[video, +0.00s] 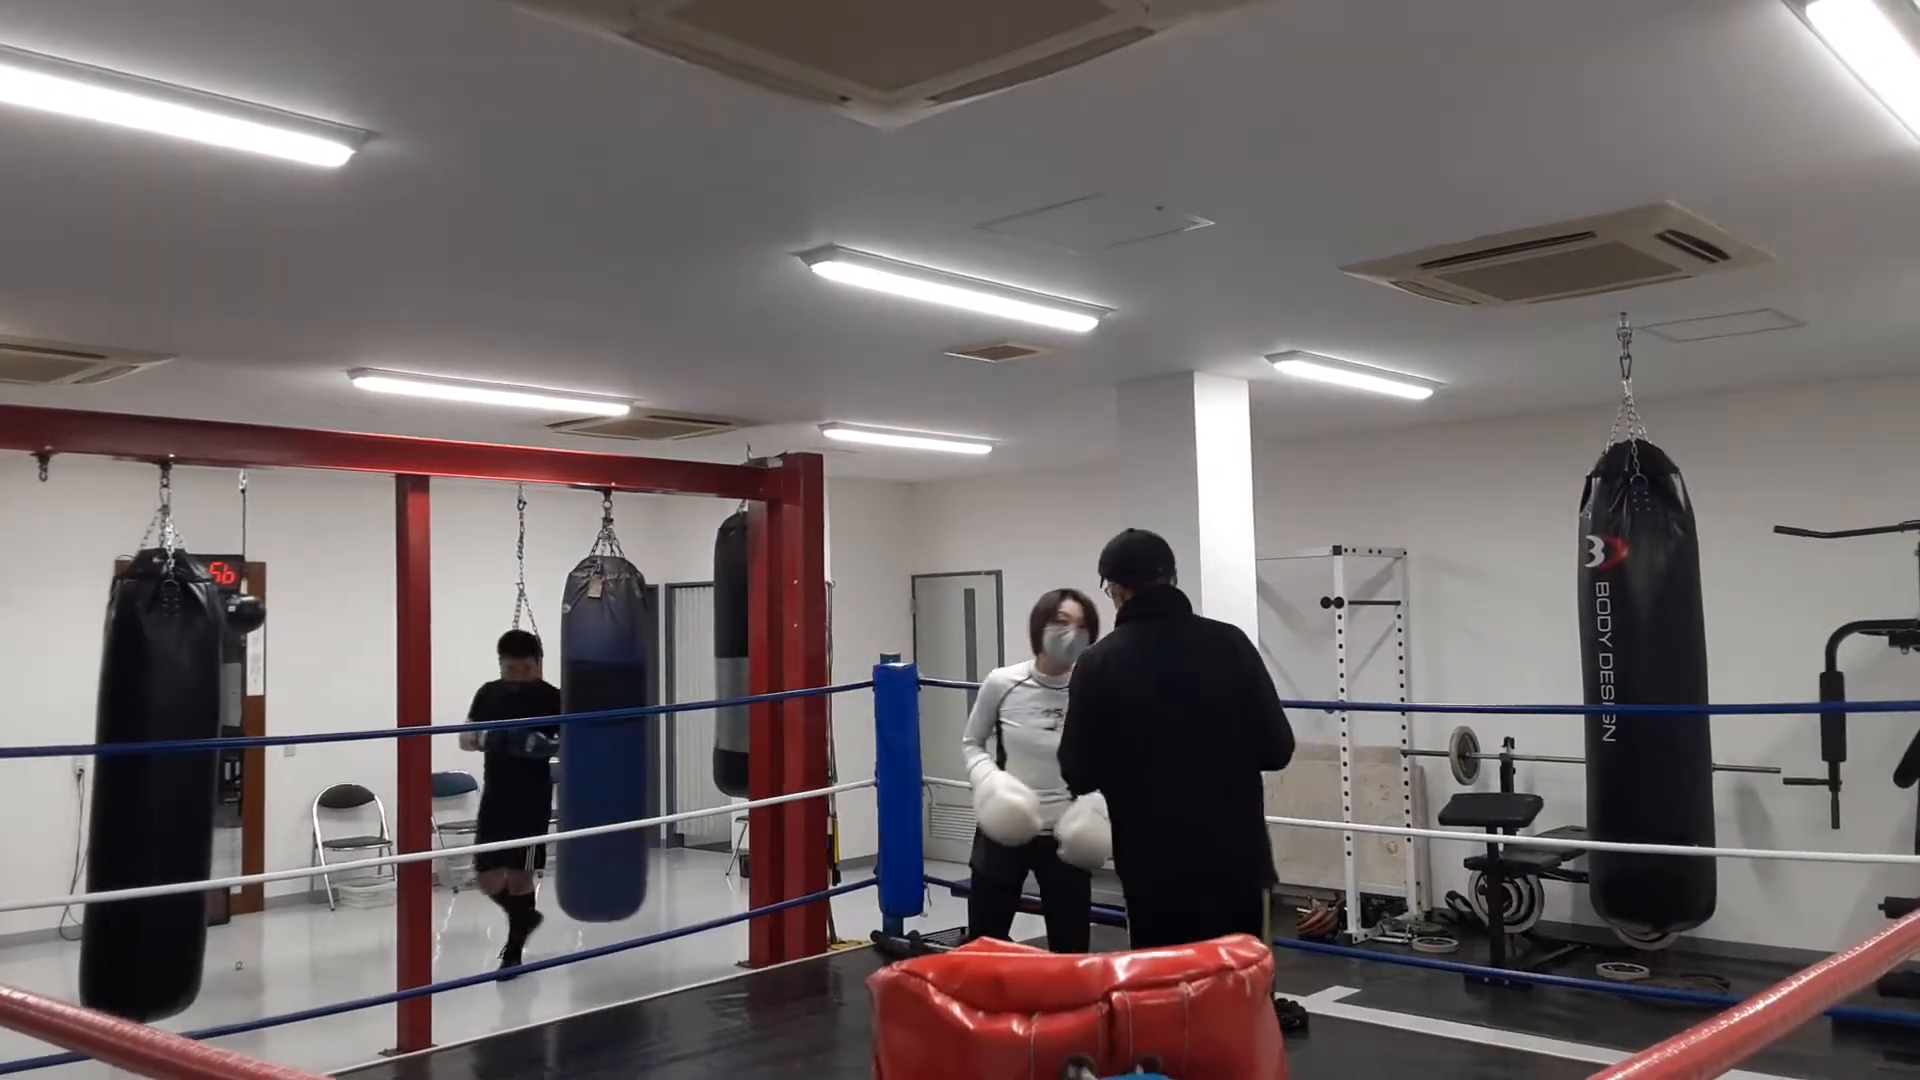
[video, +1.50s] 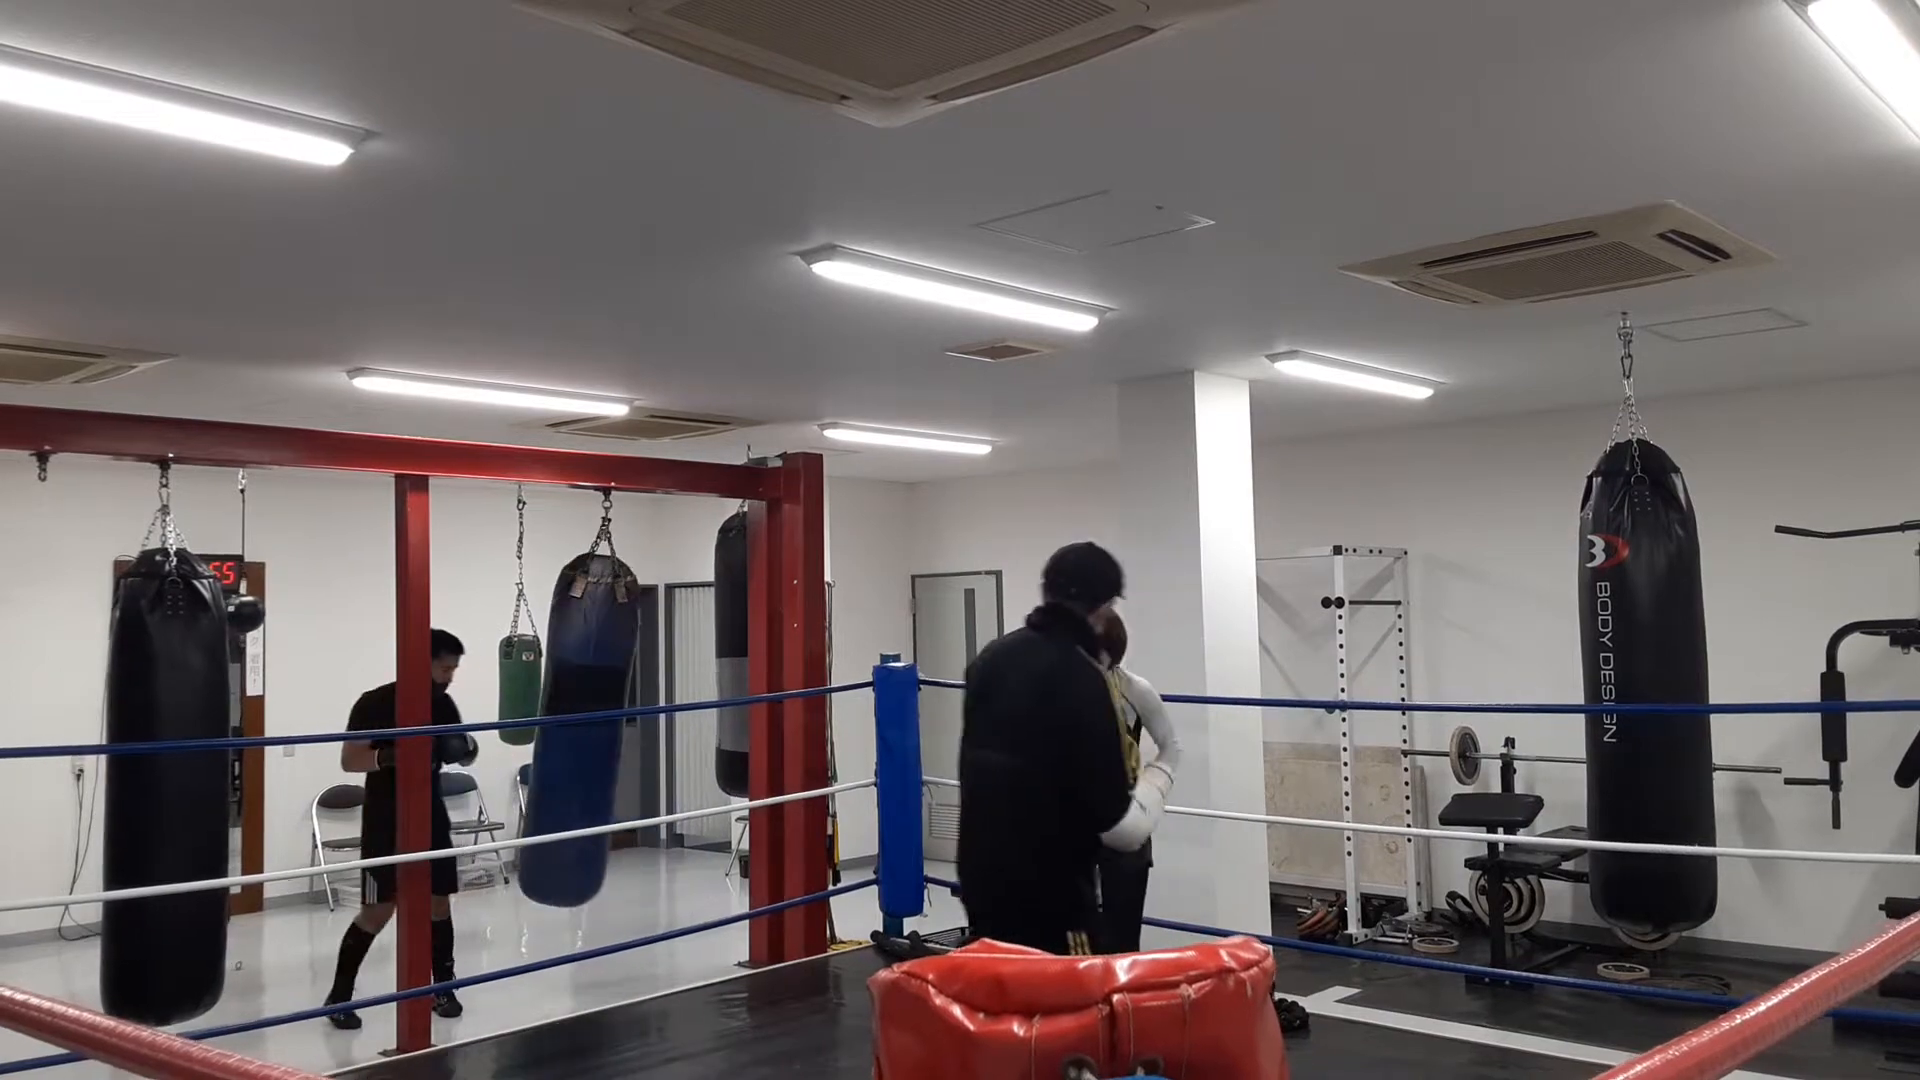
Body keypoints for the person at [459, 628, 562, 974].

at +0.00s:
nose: (514, 675)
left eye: (522, 668)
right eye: (508, 667)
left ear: (538, 663)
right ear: (501, 664)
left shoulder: (553, 698)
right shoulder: (489, 693)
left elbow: (572, 739)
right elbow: (465, 739)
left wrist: (551, 745)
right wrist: (488, 740)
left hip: (534, 791)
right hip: (497, 790)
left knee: (520, 874)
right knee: (487, 874)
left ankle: (512, 951)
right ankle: (523, 915)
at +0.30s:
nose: (495, 673)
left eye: (502, 666)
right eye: (488, 666)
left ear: (513, 663)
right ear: (478, 665)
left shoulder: (529, 697)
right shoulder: (467, 696)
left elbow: (548, 747)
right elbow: (446, 745)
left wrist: (520, 741)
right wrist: (468, 737)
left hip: (511, 800)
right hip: (470, 800)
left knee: (512, 879)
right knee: (450, 878)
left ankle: (512, 955)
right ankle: (433, 966)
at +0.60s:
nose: (465, 674)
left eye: (471, 665)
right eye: (456, 667)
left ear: (481, 661)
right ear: (443, 665)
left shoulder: (499, 699)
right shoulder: (428, 700)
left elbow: (520, 748)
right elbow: (409, 745)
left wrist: (486, 746)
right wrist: (434, 746)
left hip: (479, 808)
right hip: (434, 808)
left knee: (479, 884)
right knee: (432, 887)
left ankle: (500, 943)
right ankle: (429, 967)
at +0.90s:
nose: (458, 675)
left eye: (465, 666)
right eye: (450, 667)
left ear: (473, 664)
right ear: (432, 663)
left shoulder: (479, 702)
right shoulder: (405, 701)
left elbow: (501, 752)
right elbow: (378, 754)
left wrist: (480, 744)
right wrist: (422, 747)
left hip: (462, 810)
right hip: (417, 812)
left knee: (455, 894)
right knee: (420, 896)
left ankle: (451, 981)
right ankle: (428, 977)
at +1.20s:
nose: (469, 678)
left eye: (473, 670)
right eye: (462, 670)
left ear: (476, 666)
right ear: (437, 664)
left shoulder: (471, 706)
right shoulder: (398, 699)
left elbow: (492, 756)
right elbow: (369, 752)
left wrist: (474, 752)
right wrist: (415, 750)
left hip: (452, 814)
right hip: (402, 814)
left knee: (449, 901)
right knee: (395, 906)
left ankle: (445, 986)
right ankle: (407, 969)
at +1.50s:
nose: (450, 677)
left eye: (454, 669)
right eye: (445, 668)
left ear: (449, 667)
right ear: (422, 662)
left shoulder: (442, 704)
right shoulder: (375, 703)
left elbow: (463, 750)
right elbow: (350, 760)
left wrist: (456, 748)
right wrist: (396, 753)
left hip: (430, 811)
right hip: (385, 814)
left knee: (439, 899)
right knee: (380, 906)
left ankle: (442, 987)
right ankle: (339, 998)